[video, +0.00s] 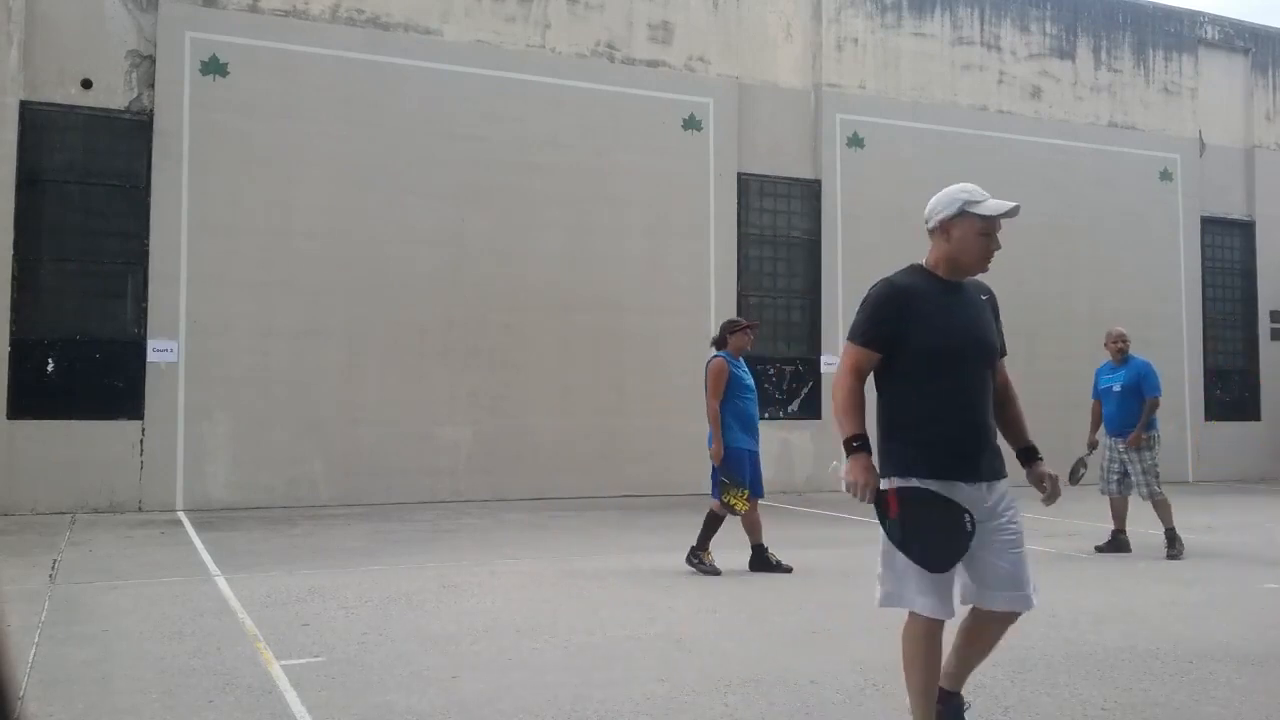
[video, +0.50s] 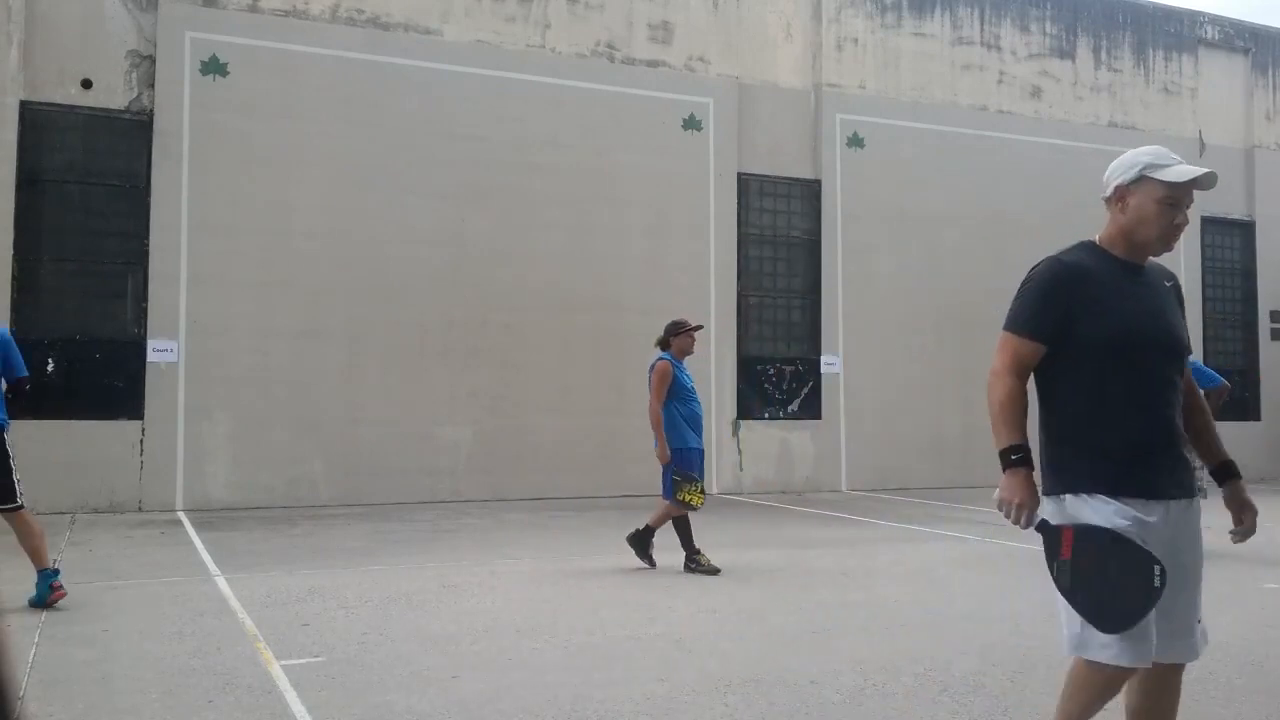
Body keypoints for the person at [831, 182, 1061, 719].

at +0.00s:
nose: (999, 239)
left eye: (998, 228)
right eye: (988, 227)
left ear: (964, 234)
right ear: (946, 230)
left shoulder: (983, 298)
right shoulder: (893, 294)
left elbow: (998, 383)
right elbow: (850, 374)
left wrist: (1030, 457)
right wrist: (856, 451)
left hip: (987, 483)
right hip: (919, 484)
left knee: (1005, 598)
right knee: (929, 607)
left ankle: (946, 692)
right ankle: (923, 715)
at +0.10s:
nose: (1024, 235)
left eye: (1024, 224)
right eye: (1012, 224)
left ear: (1009, 231)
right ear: (968, 224)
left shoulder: (1011, 294)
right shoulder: (920, 290)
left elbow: (1018, 382)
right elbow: (873, 375)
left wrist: (1046, 464)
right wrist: (900, 445)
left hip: (1012, 485)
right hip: (941, 486)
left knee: (1040, 608)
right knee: (939, 614)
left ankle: (1029, 717)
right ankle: (925, 717)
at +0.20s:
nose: (1058, 232)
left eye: (1059, 221)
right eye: (1045, 220)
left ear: (1054, 228)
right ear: (1001, 222)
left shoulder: (1046, 295)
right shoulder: (953, 292)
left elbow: (1046, 388)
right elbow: (905, 378)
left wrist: (1064, 465)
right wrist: (942, 446)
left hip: (1040, 494)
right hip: (971, 495)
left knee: (1067, 627)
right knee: (952, 620)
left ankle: (1093, 719)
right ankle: (928, 716)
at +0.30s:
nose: (1098, 229)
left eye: (1101, 219)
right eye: (1085, 217)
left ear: (1101, 224)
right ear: (1039, 219)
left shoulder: (1087, 297)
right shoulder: (991, 294)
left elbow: (1083, 395)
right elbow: (941, 382)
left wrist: (1103, 471)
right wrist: (975, 454)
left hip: (1084, 502)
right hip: (1010, 502)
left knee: (1112, 637)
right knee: (982, 629)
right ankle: (940, 715)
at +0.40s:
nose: (1142, 224)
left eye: (1144, 214)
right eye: (1128, 212)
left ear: (1145, 217)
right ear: (1080, 211)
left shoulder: (1129, 291)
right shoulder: (1027, 287)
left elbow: (1136, 397)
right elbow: (976, 378)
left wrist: (1161, 480)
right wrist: (1000, 459)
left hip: (1132, 501)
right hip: (1052, 505)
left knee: (1151, 645)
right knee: (1042, 652)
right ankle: (982, 711)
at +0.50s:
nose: (1184, 215)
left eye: (1187, 204)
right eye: (1172, 201)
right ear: (1120, 198)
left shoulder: (1165, 285)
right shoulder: (1059, 277)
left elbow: (1184, 392)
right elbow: (1005, 373)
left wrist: (1227, 479)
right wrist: (1016, 467)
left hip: (1173, 502)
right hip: (1094, 501)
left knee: (1169, 653)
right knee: (1113, 654)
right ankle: (1064, 717)